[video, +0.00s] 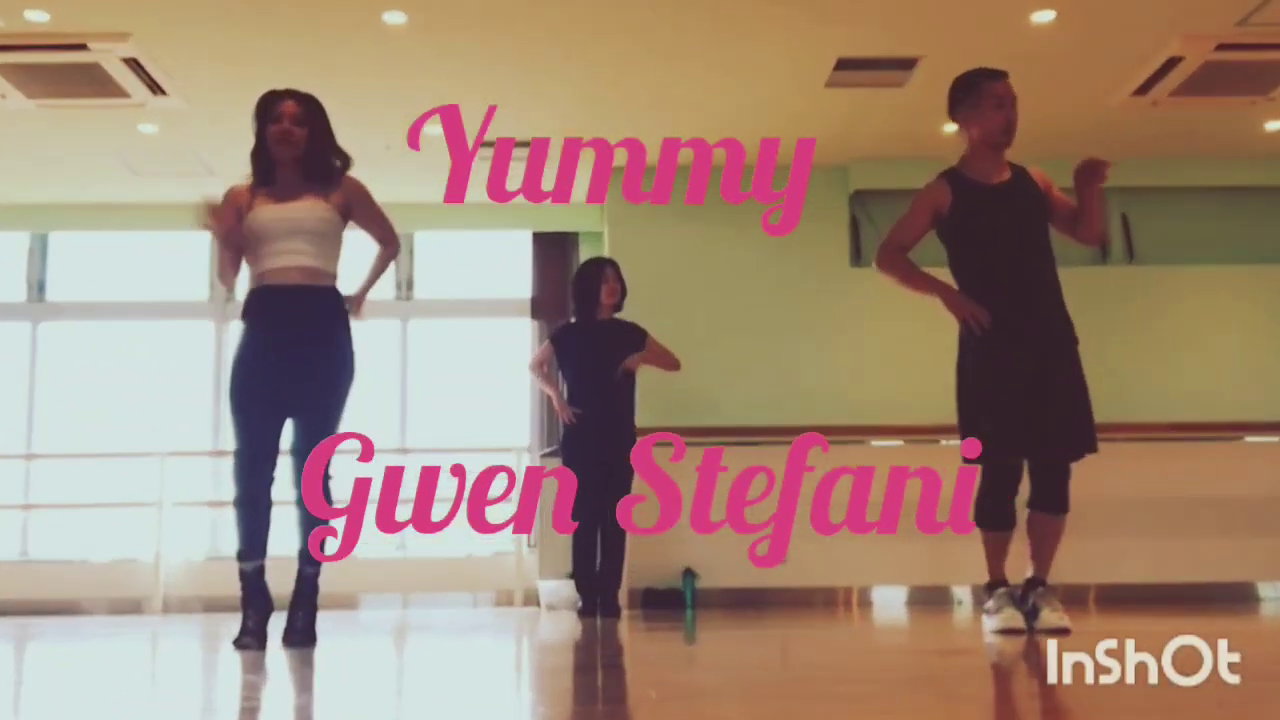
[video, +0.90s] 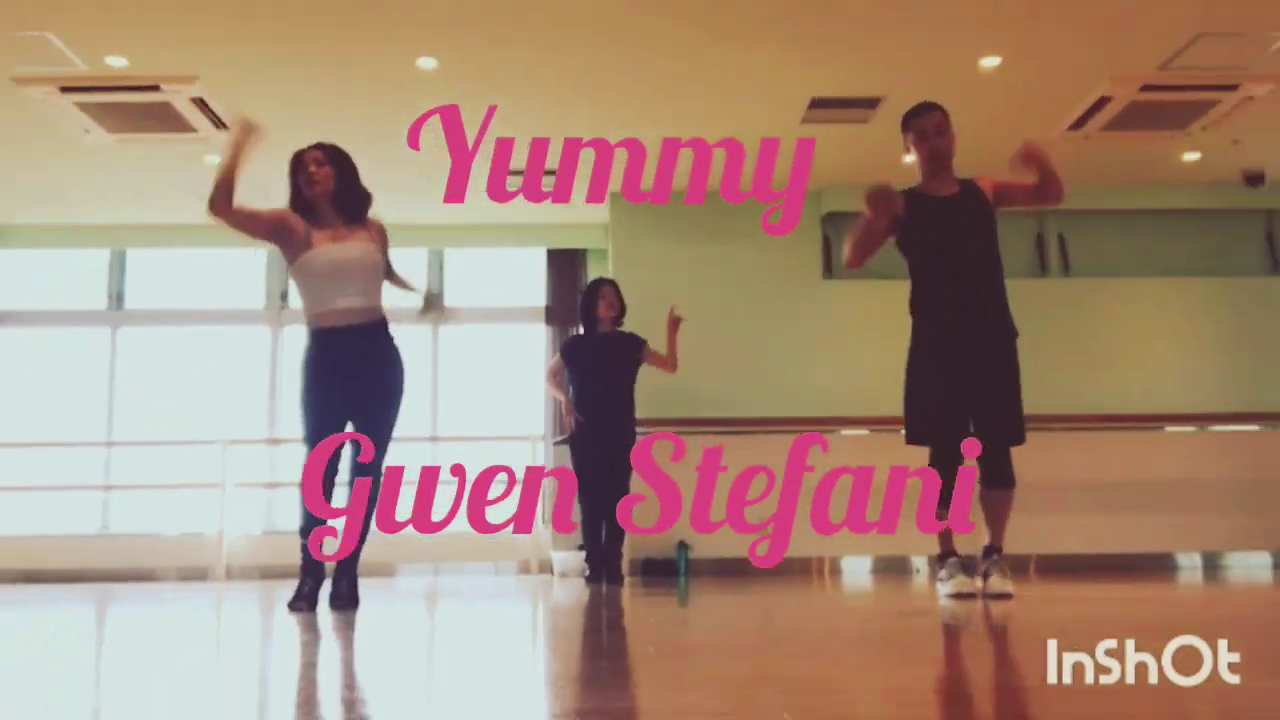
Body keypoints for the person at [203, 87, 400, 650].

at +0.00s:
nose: (287, 129)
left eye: (298, 121)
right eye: (277, 121)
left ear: (316, 133)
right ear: (261, 132)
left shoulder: (341, 189)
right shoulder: (244, 197)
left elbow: (390, 243)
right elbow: (227, 280)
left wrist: (360, 294)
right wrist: (225, 232)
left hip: (323, 326)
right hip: (264, 326)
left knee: (313, 465)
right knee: (252, 468)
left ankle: (307, 594)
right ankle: (253, 595)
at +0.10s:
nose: (264, 116)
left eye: (277, 107)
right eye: (253, 107)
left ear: (297, 119)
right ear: (238, 120)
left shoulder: (326, 179)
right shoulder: (223, 181)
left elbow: (363, 241)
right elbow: (198, 238)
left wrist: (333, 283)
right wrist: (196, 270)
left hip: (311, 319)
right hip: (250, 319)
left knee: (297, 472)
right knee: (239, 472)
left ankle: (290, 603)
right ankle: (233, 606)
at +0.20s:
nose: (246, 105)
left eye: (259, 96)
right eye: (235, 99)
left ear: (282, 112)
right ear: (224, 118)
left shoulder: (315, 185)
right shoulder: (212, 172)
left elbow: (331, 249)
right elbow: (150, 197)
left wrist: (323, 280)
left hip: (309, 332)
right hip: (245, 332)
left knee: (289, 476)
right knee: (233, 479)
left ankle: (279, 614)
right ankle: (226, 616)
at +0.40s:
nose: (229, 122)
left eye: (240, 114)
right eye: (220, 119)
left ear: (268, 129)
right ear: (214, 140)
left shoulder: (303, 200)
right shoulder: (205, 186)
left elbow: (297, 265)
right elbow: (125, 158)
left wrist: (314, 299)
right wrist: (37, 130)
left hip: (309, 352)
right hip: (247, 354)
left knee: (294, 490)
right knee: (245, 486)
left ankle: (274, 619)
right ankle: (230, 620)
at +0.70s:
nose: (259, 157)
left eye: (269, 149)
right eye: (249, 156)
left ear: (294, 162)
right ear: (243, 175)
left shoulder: (326, 226)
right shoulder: (238, 219)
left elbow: (330, 290)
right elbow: (173, 158)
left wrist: (340, 323)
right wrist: (107, 105)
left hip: (335, 363)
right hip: (278, 367)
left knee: (327, 484)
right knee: (275, 484)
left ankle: (303, 601)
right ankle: (259, 601)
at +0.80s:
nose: (285, 166)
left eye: (295, 159)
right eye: (275, 164)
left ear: (316, 174)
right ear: (269, 183)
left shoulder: (346, 233)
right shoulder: (262, 227)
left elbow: (355, 278)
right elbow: (198, 167)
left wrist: (369, 305)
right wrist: (159, 102)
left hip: (355, 363)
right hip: (300, 366)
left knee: (346, 480)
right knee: (296, 475)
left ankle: (324, 587)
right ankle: (283, 585)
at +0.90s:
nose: (311, 172)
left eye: (320, 164)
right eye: (303, 169)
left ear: (341, 173)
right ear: (296, 183)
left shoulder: (372, 230)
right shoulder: (291, 228)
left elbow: (386, 271)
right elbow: (220, 207)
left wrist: (418, 290)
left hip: (376, 354)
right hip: (327, 356)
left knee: (367, 468)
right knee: (322, 464)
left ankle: (349, 568)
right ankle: (311, 571)